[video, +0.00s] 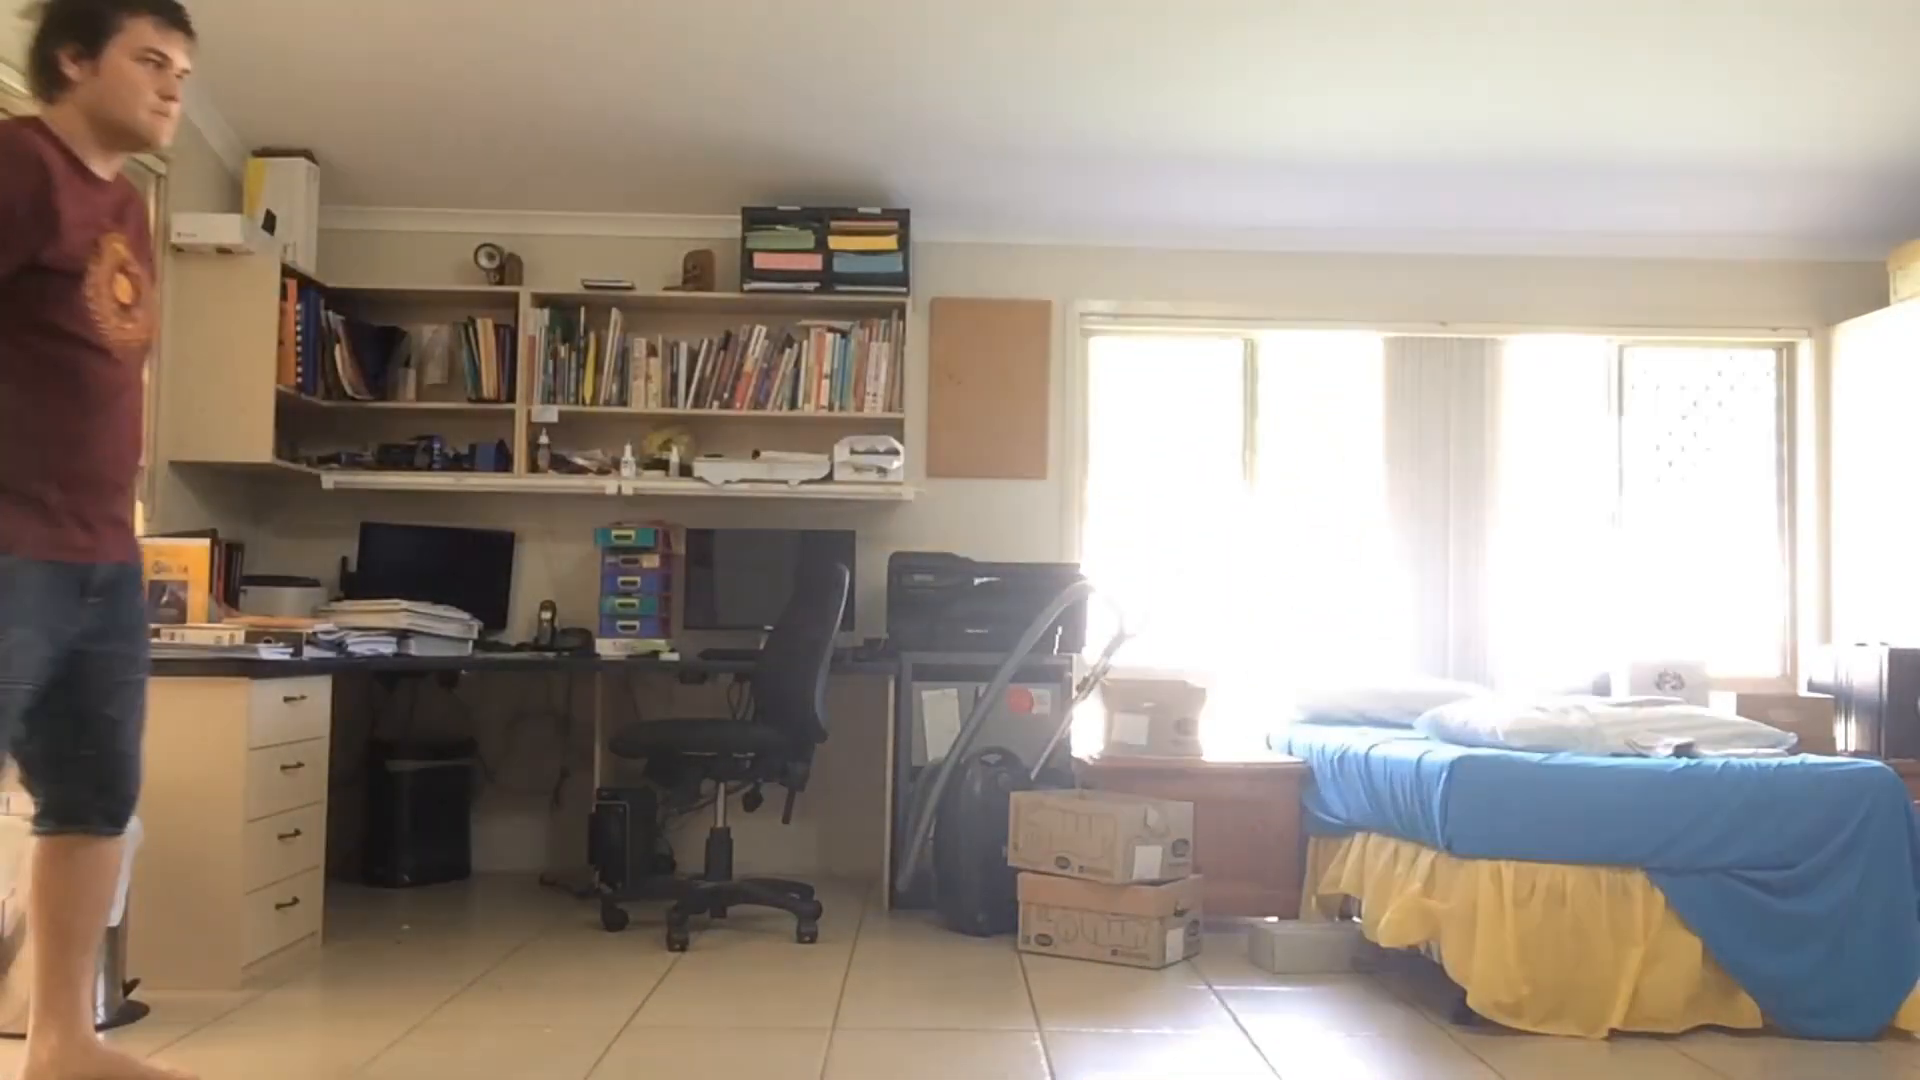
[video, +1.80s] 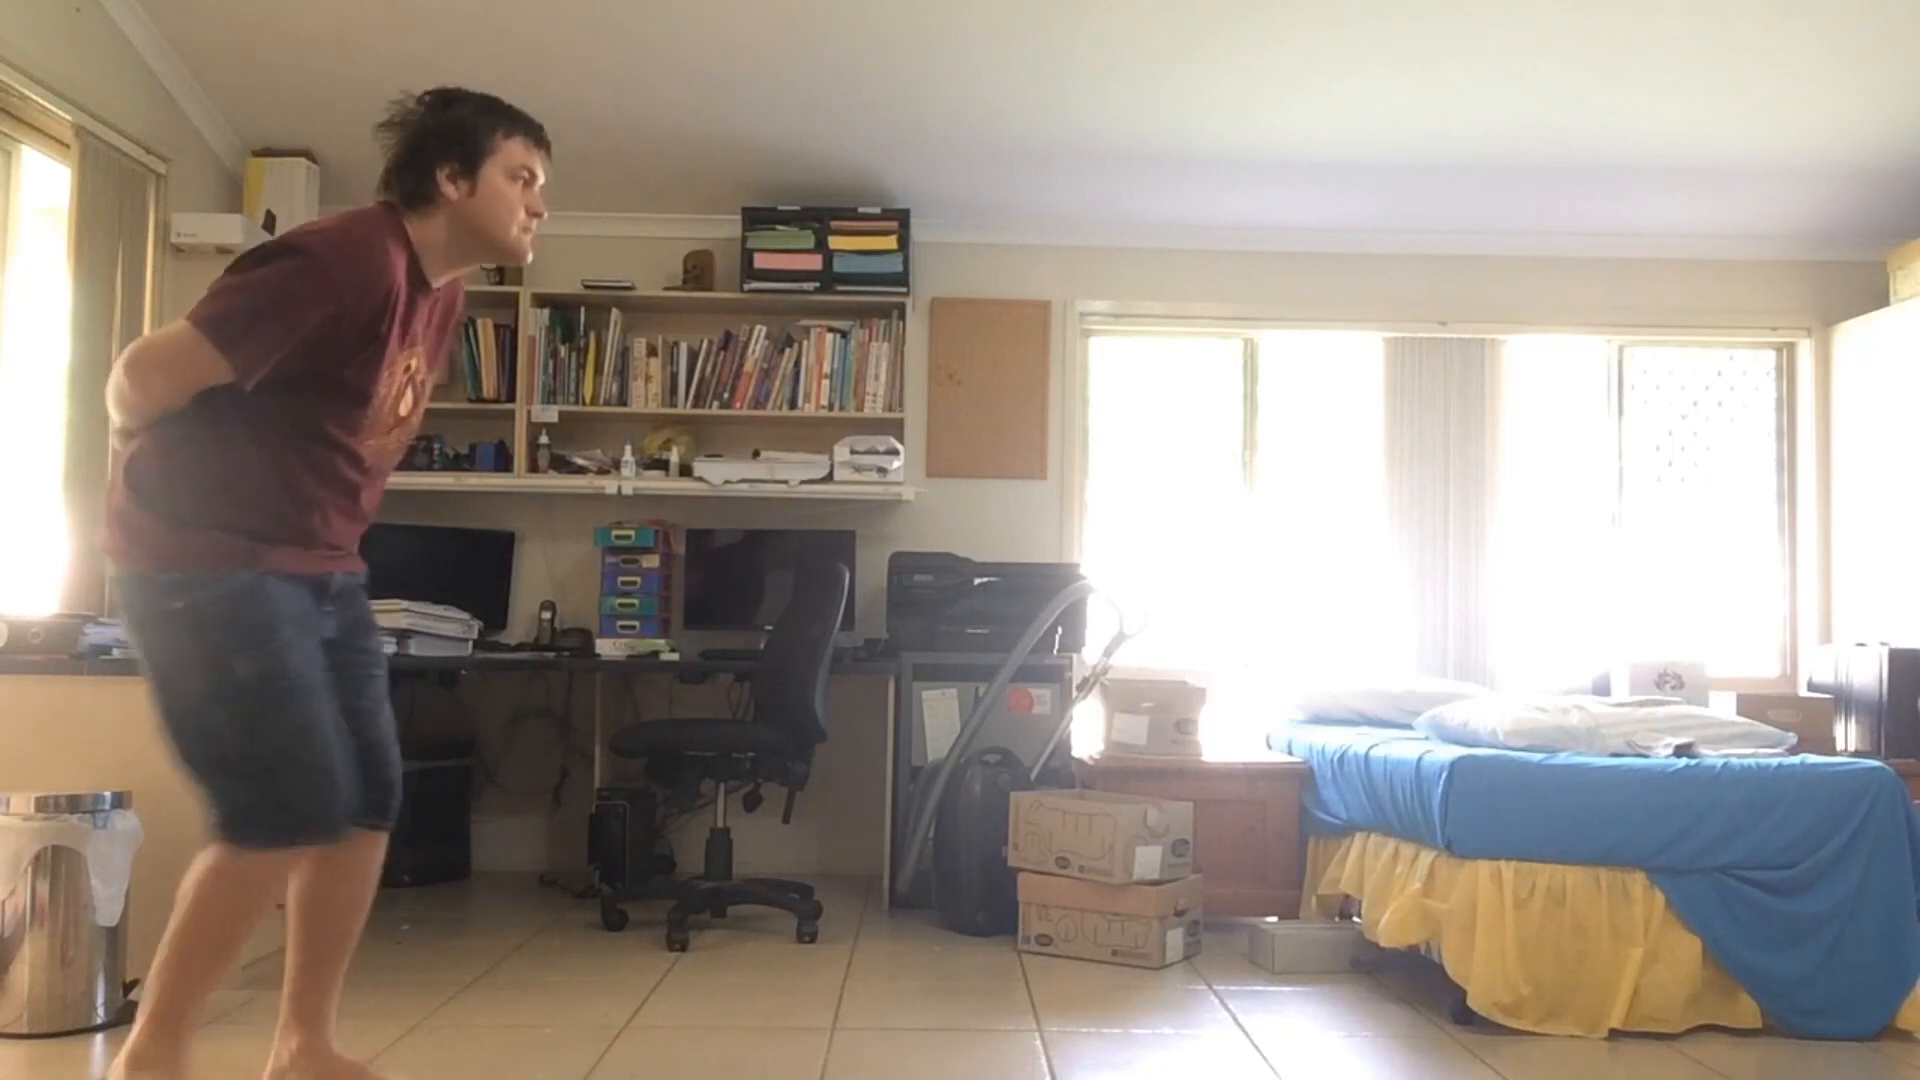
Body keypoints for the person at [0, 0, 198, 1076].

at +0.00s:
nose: (175, 89)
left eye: (182, 73)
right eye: (154, 62)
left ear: (171, 91)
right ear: (74, 61)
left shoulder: (134, 200)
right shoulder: (18, 162)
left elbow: (119, 368)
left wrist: (124, 508)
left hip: (105, 551)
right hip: (16, 551)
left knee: (91, 802)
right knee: (11, 802)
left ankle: (62, 1037)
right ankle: (23, 1028)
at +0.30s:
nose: (243, 92)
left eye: (258, 81)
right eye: (218, 68)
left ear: (263, 105)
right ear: (151, 76)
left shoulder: (227, 230)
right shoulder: (99, 166)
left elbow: (194, 390)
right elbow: (2, 296)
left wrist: (198, 535)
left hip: (179, 536)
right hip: (81, 526)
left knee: (128, 804)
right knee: (118, 805)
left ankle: (63, 1041)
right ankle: (88, 1050)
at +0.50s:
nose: (295, 99)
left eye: (311, 87)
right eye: (270, 76)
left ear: (319, 113)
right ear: (207, 88)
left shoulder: (278, 229)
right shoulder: (160, 180)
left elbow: (252, 380)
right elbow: (36, 350)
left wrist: (136, 443)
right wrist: (92, 465)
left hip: (238, 545)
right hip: (155, 538)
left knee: (153, 804)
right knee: (225, 798)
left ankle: (59, 1040)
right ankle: (264, 1059)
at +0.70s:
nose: (363, 93)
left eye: (379, 81)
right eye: (339, 69)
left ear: (385, 108)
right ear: (272, 81)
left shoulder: (318, 209)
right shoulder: (234, 177)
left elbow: (261, 371)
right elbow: (110, 352)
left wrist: (151, 456)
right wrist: (117, 459)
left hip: (301, 535)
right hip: (218, 531)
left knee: (323, 784)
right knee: (276, 804)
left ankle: (141, 985)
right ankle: (280, 1065)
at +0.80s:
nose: (405, 85)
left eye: (415, 71)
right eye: (381, 60)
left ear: (411, 95)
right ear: (307, 68)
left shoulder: (339, 195)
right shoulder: (259, 170)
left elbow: (275, 364)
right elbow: (128, 352)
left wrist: (163, 431)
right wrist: (139, 436)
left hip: (326, 535)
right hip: (236, 535)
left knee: (357, 785)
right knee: (270, 812)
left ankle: (221, 1025)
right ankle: (279, 1061)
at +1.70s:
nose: (542, 181)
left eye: (543, 163)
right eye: (521, 156)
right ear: (448, 161)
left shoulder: (453, 287)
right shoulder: (353, 247)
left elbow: (364, 422)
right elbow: (158, 377)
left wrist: (208, 440)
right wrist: (171, 451)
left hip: (346, 563)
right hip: (240, 560)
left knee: (387, 797)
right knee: (340, 796)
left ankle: (311, 1041)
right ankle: (247, 1056)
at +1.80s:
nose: (542, 202)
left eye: (544, 185)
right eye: (523, 176)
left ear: (477, 195)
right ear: (450, 178)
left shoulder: (446, 303)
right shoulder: (351, 254)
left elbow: (347, 434)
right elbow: (144, 374)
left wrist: (182, 441)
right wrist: (145, 435)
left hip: (323, 564)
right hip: (211, 559)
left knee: (364, 801)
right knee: (281, 806)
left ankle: (306, 1047)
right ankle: (148, 1055)